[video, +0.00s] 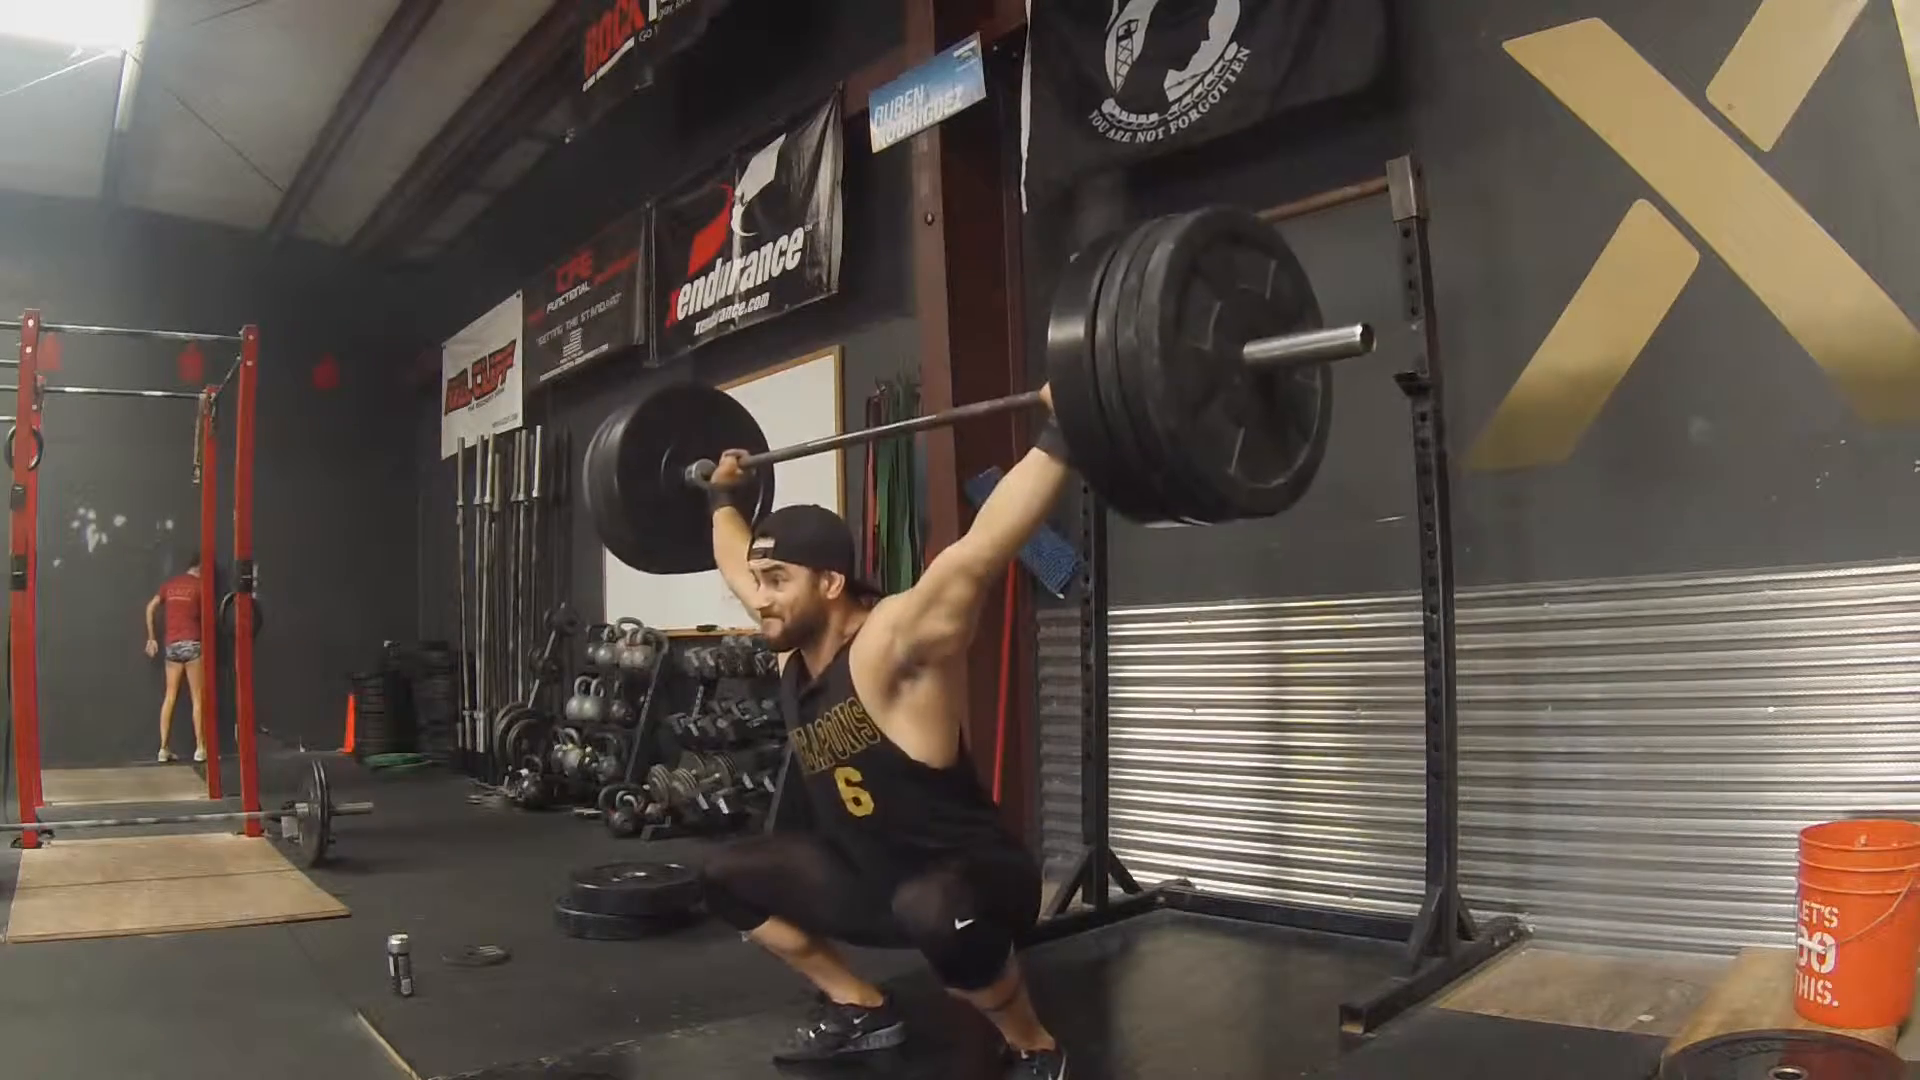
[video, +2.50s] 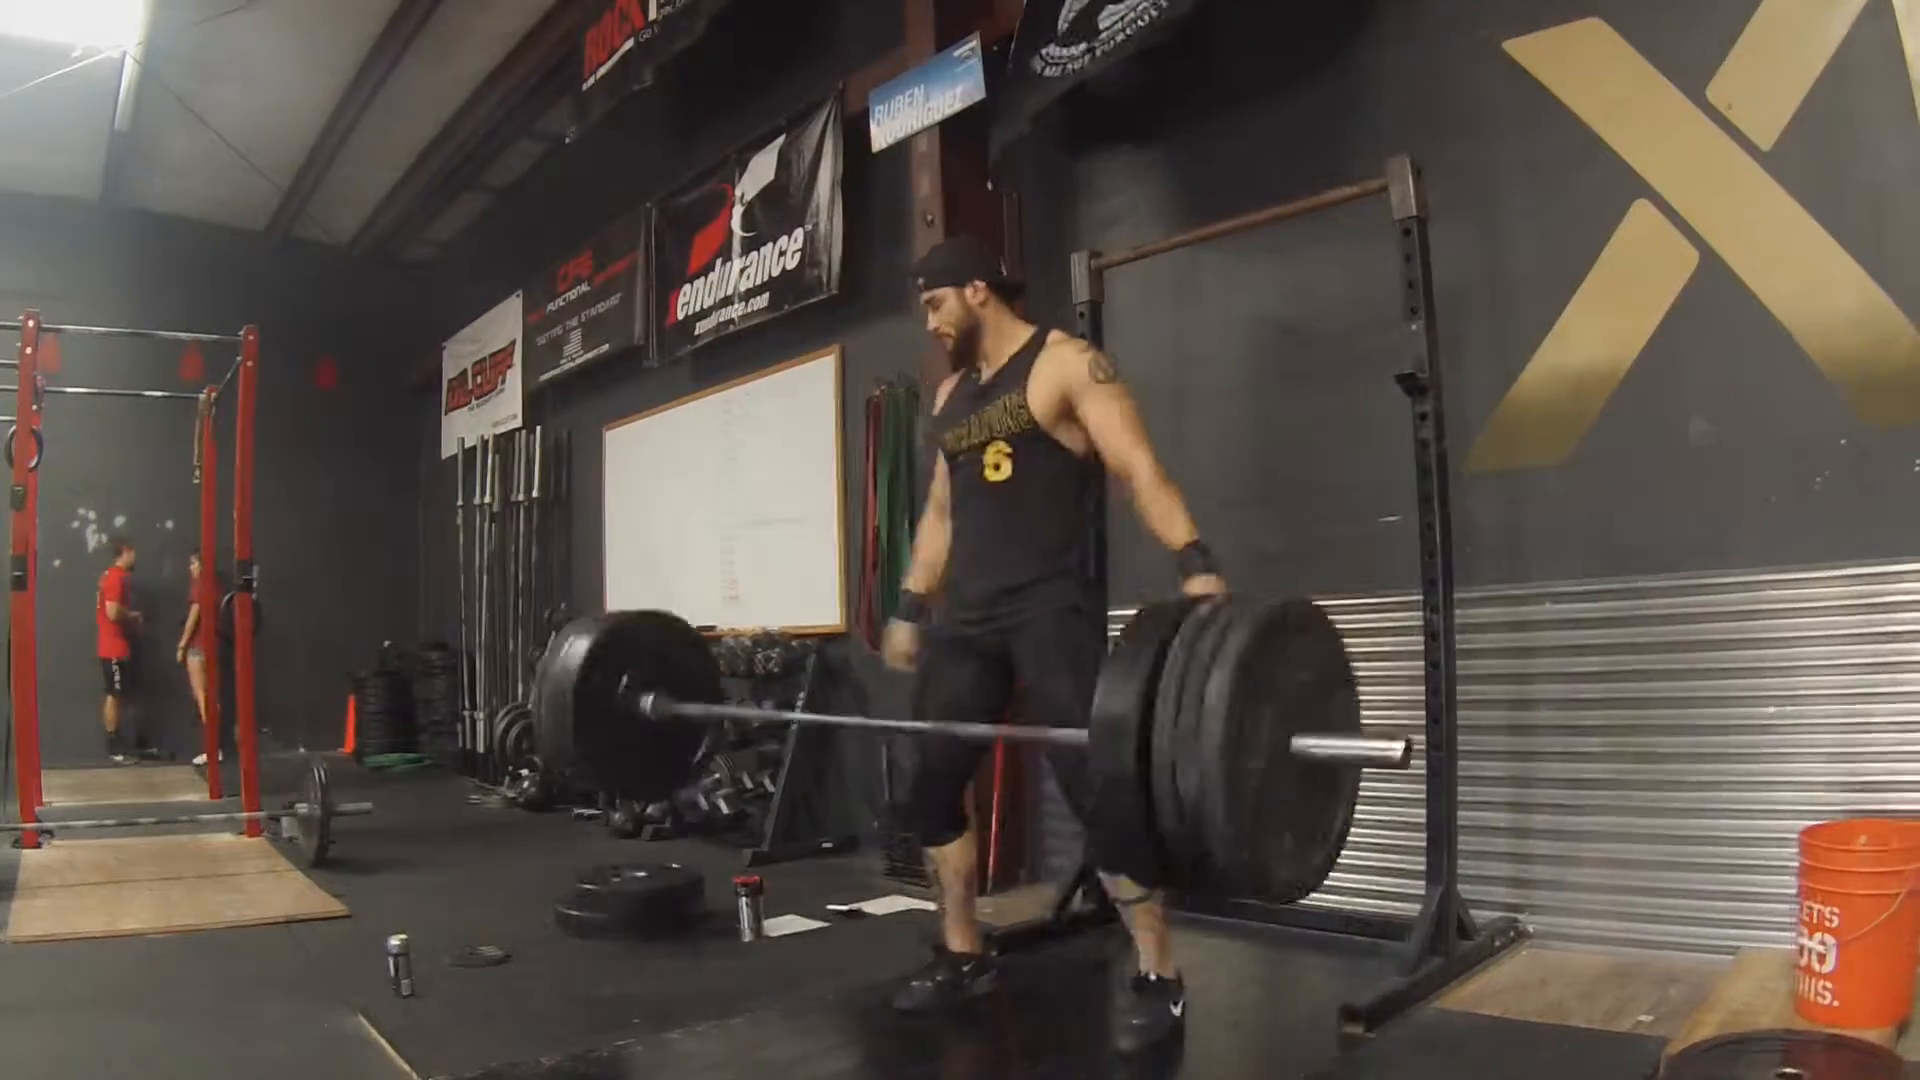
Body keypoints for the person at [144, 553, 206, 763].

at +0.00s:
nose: (205, 575)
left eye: (204, 570)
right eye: (205, 571)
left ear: (189, 566)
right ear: (201, 569)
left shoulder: (170, 583)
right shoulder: (201, 587)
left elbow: (150, 607)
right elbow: (208, 616)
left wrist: (151, 637)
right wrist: (209, 641)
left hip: (171, 640)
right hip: (193, 639)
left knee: (169, 696)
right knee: (197, 698)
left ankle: (163, 748)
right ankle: (200, 747)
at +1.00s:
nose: (174, 565)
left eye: (176, 562)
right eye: (176, 562)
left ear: (182, 563)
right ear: (194, 563)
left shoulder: (168, 584)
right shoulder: (202, 583)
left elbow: (165, 616)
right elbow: (207, 614)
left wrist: (170, 633)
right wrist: (205, 635)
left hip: (173, 642)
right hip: (194, 641)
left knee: (170, 696)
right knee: (199, 696)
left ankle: (164, 745)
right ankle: (201, 745)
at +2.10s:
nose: (189, 566)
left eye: (192, 562)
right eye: (190, 561)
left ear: (202, 563)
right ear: (205, 564)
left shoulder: (196, 582)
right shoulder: (216, 584)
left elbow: (192, 612)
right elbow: (219, 615)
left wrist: (183, 643)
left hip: (195, 645)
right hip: (213, 645)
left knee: (187, 696)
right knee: (213, 696)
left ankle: (186, 747)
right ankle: (215, 748)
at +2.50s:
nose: (191, 568)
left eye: (194, 563)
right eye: (191, 564)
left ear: (203, 565)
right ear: (205, 565)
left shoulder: (199, 586)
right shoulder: (216, 586)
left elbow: (194, 615)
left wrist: (182, 644)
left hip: (199, 646)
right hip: (214, 644)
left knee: (201, 696)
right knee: (213, 696)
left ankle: (211, 747)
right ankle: (215, 745)